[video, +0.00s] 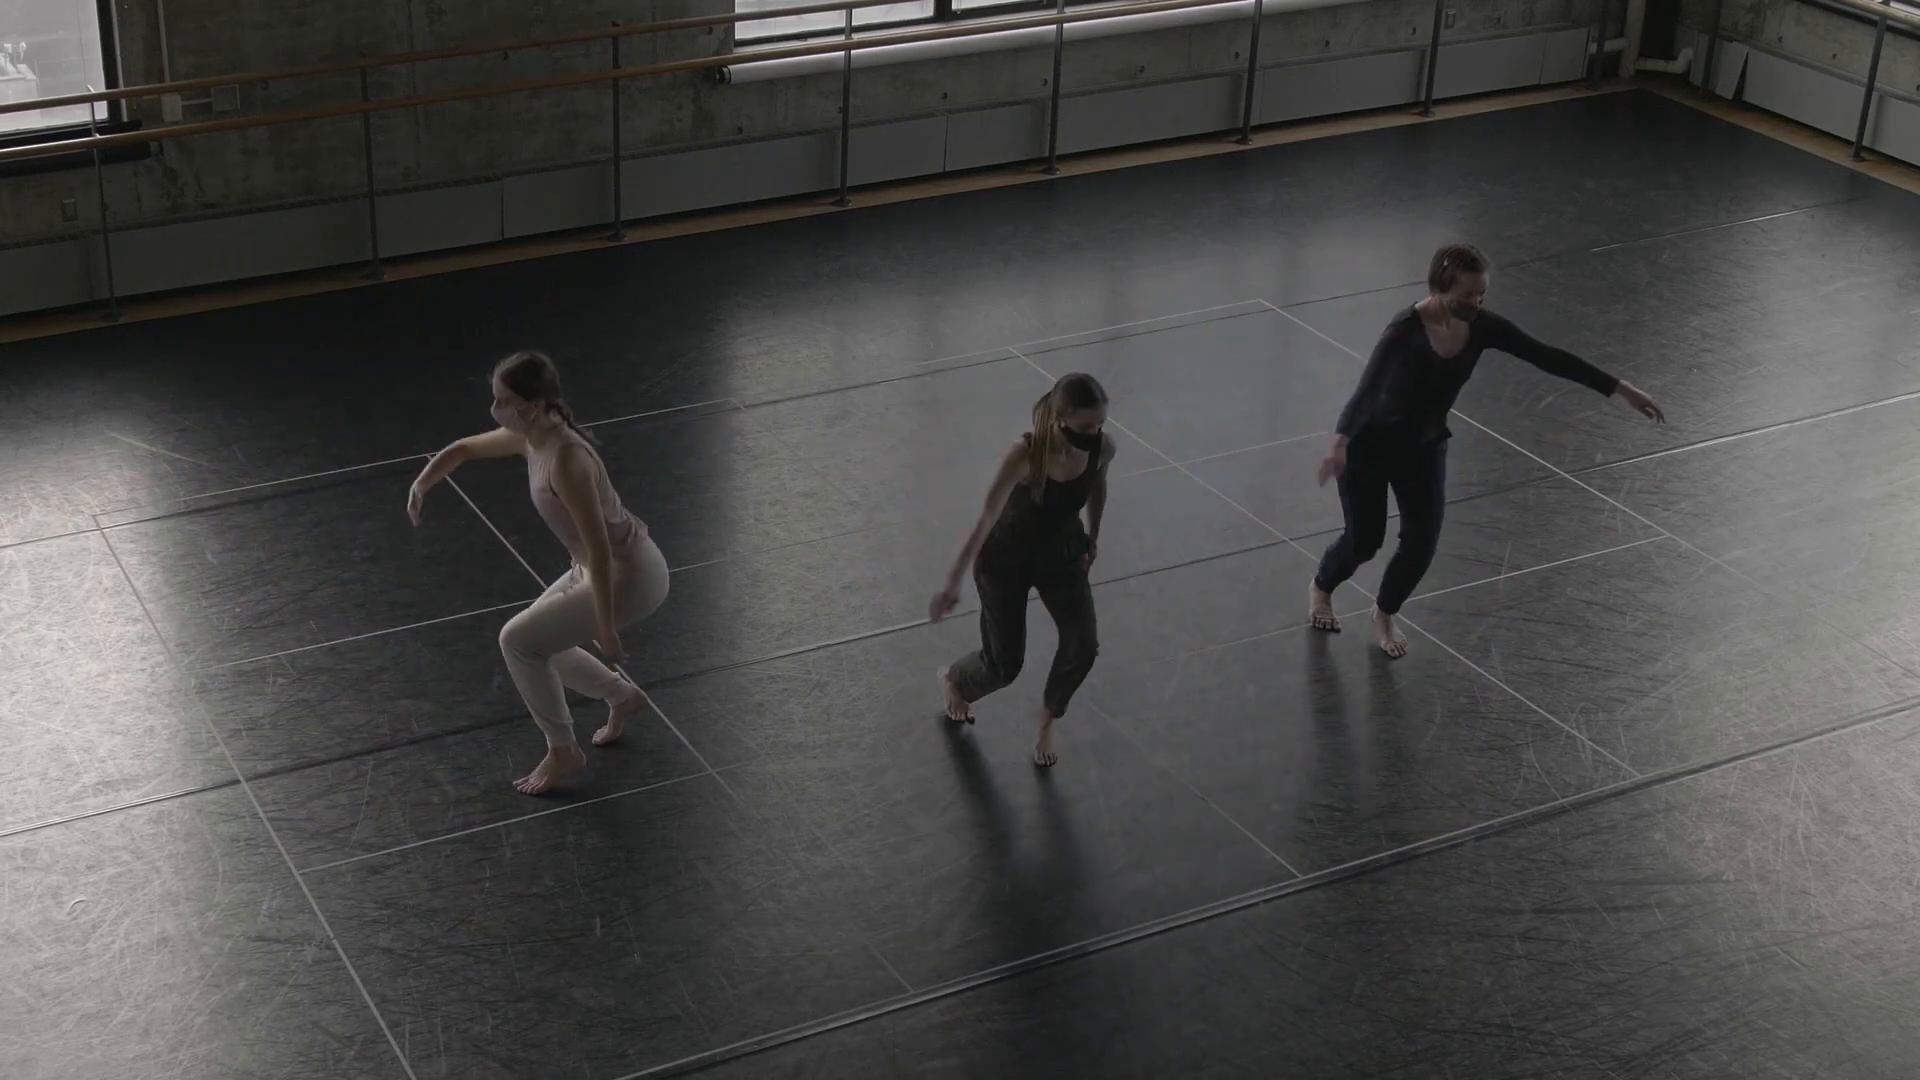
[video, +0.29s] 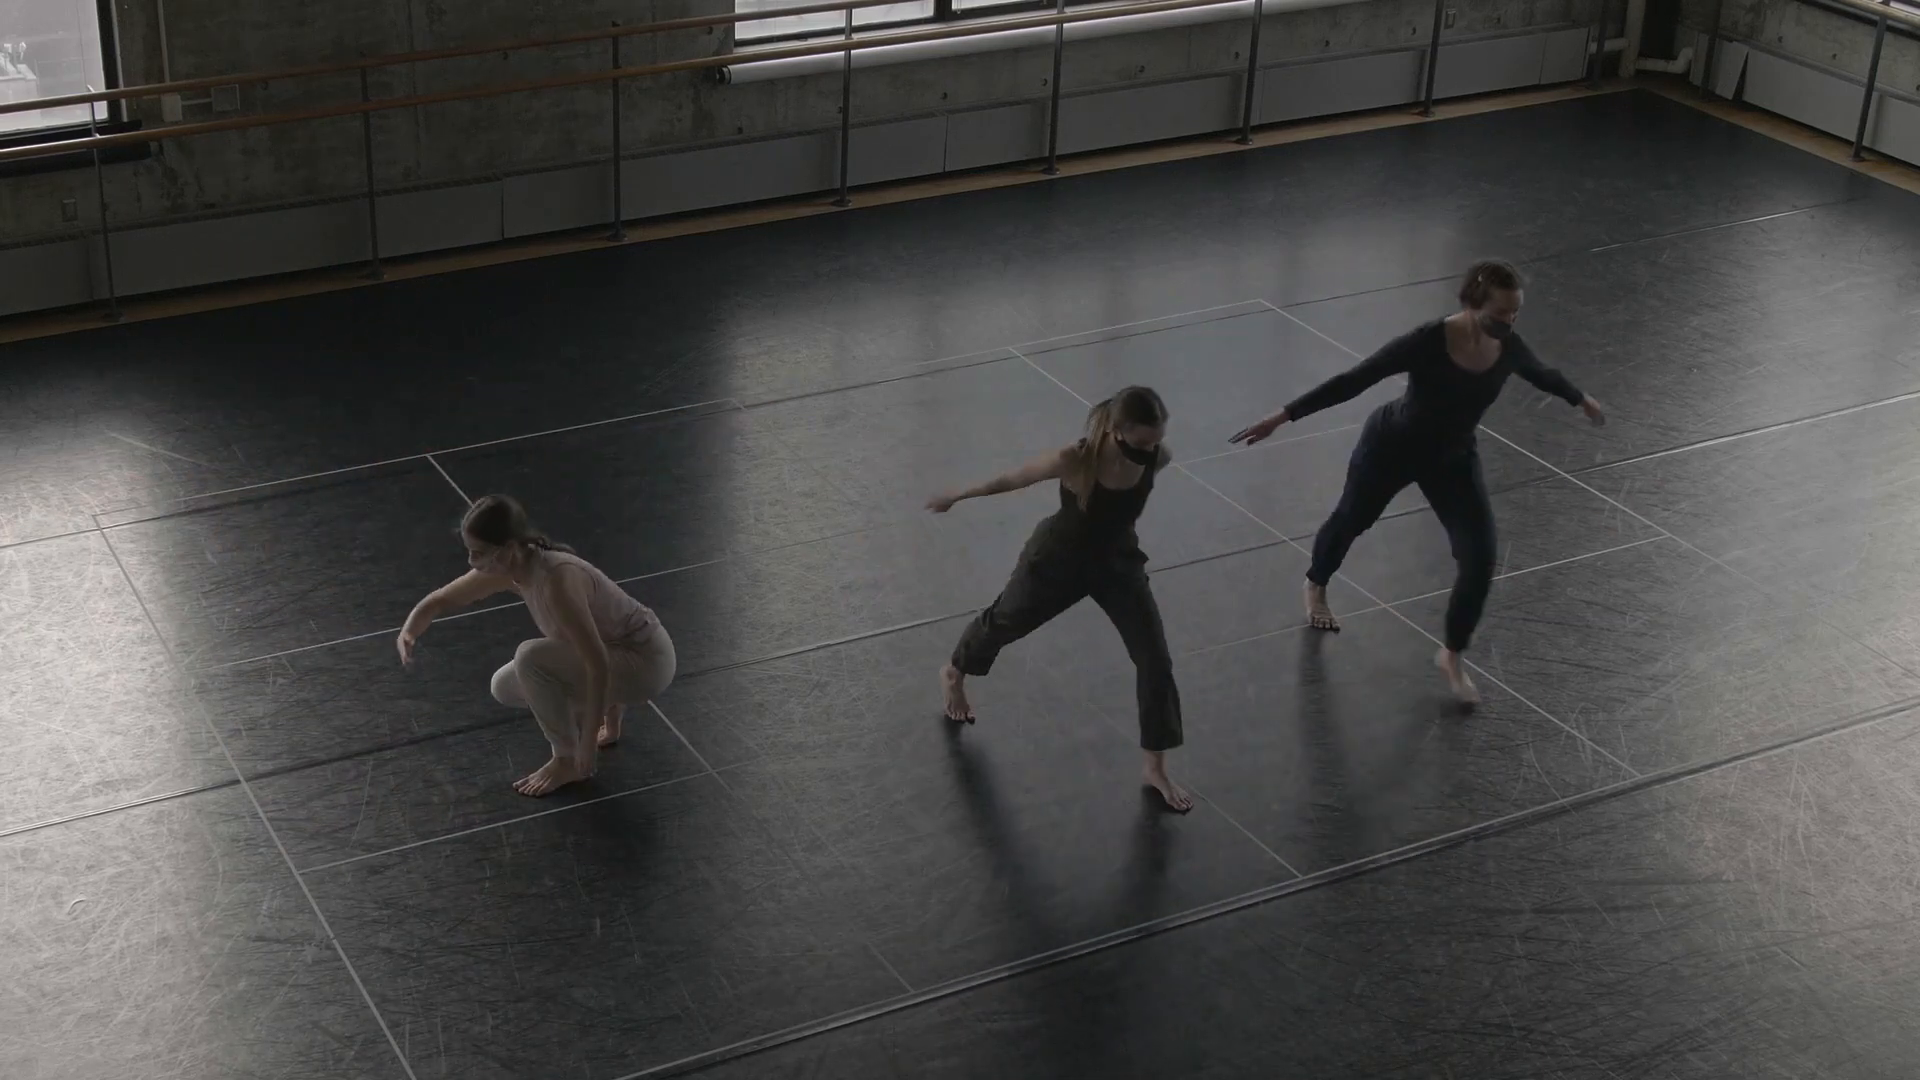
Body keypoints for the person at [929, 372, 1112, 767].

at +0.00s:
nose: (1097, 429)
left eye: (1100, 421)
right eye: (1089, 424)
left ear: (1102, 413)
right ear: (1062, 421)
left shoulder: (1102, 448)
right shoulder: (1025, 454)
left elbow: (1097, 491)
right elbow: (986, 521)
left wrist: (1092, 540)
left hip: (1059, 552)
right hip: (1007, 554)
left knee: (1082, 646)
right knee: (1004, 665)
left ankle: (1047, 721)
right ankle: (954, 681)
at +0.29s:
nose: (1148, 451)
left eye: (1153, 443)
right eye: (1139, 444)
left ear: (1160, 431)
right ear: (1115, 433)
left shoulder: (1156, 457)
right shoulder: (1077, 459)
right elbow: (1010, 480)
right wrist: (955, 497)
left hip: (1117, 560)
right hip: (1062, 555)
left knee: (1154, 658)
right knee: (1006, 620)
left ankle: (1155, 767)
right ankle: (954, 672)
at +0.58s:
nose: (1240, 506)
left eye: (1244, 498)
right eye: (1233, 499)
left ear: (1248, 485)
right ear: (1206, 484)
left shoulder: (1231, 508)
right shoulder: (1157, 506)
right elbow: (1105, 525)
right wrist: (1078, 538)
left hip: (1172, 608)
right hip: (1119, 602)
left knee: (1189, 718)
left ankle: (1159, 774)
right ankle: (996, 695)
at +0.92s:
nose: (1304, 495)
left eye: (1310, 487)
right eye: (1302, 487)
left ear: (1269, 461)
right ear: (1273, 469)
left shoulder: (1233, 474)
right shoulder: (1232, 508)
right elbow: (1153, 555)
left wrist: (1253, 507)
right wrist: (1083, 598)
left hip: (1127, 605)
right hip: (1148, 627)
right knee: (1175, 742)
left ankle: (1098, 769)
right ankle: (1178, 866)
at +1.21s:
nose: (1282, 557)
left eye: (1285, 549)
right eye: (1279, 550)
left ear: (1242, 526)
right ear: (1249, 537)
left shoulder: (1197, 542)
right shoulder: (1221, 591)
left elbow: (1126, 591)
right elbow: (1163, 660)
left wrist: (1097, 665)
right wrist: (1118, 729)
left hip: (1122, 680)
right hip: (1166, 701)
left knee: (1056, 780)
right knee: (1222, 783)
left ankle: (968, 885)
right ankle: (1175, 885)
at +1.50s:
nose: (1163, 570)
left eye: (1165, 562)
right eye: (1164, 563)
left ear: (1123, 541)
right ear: (1160, 559)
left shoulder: (1069, 581)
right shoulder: (1159, 607)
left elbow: (1030, 656)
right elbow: (1196, 695)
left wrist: (1041, 721)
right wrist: (1219, 746)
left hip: (1098, 746)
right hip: (1160, 734)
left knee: (1039, 855)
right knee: (1156, 795)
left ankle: (972, 980)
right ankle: (1207, 889)